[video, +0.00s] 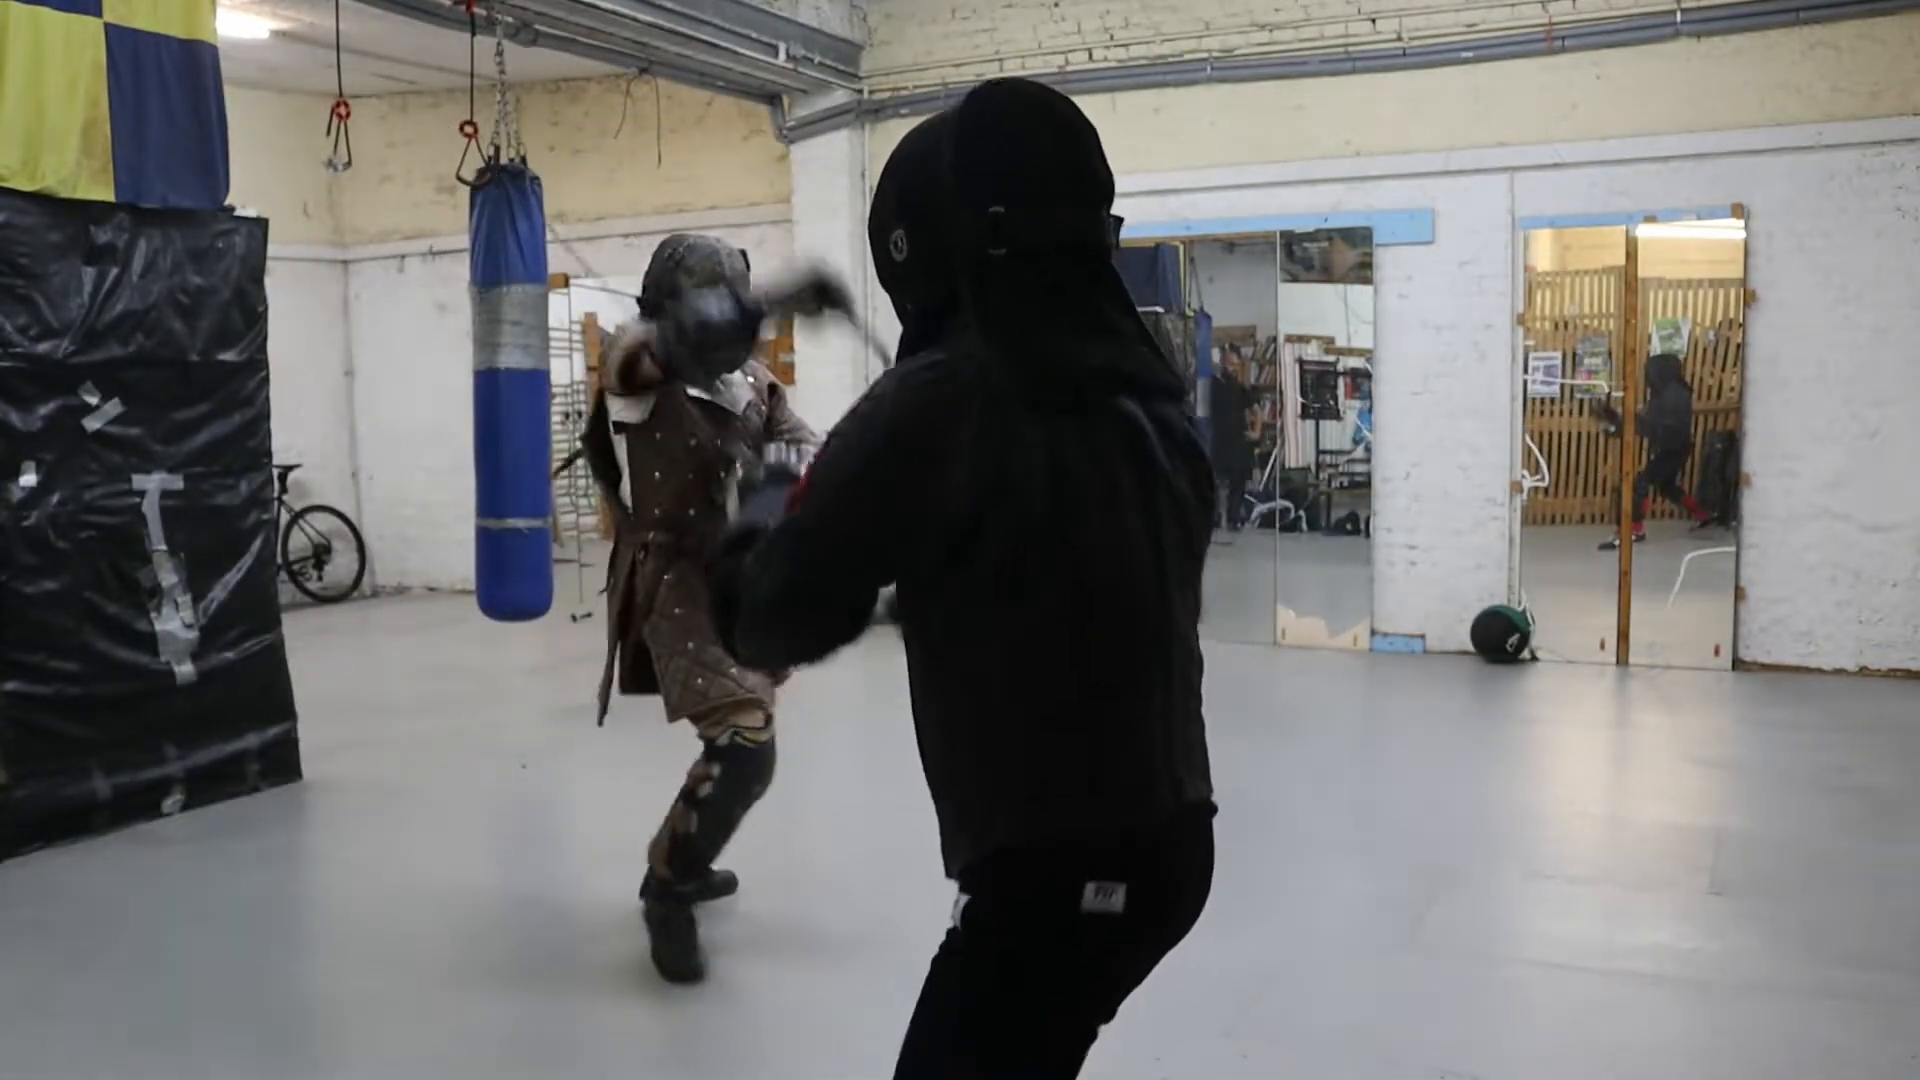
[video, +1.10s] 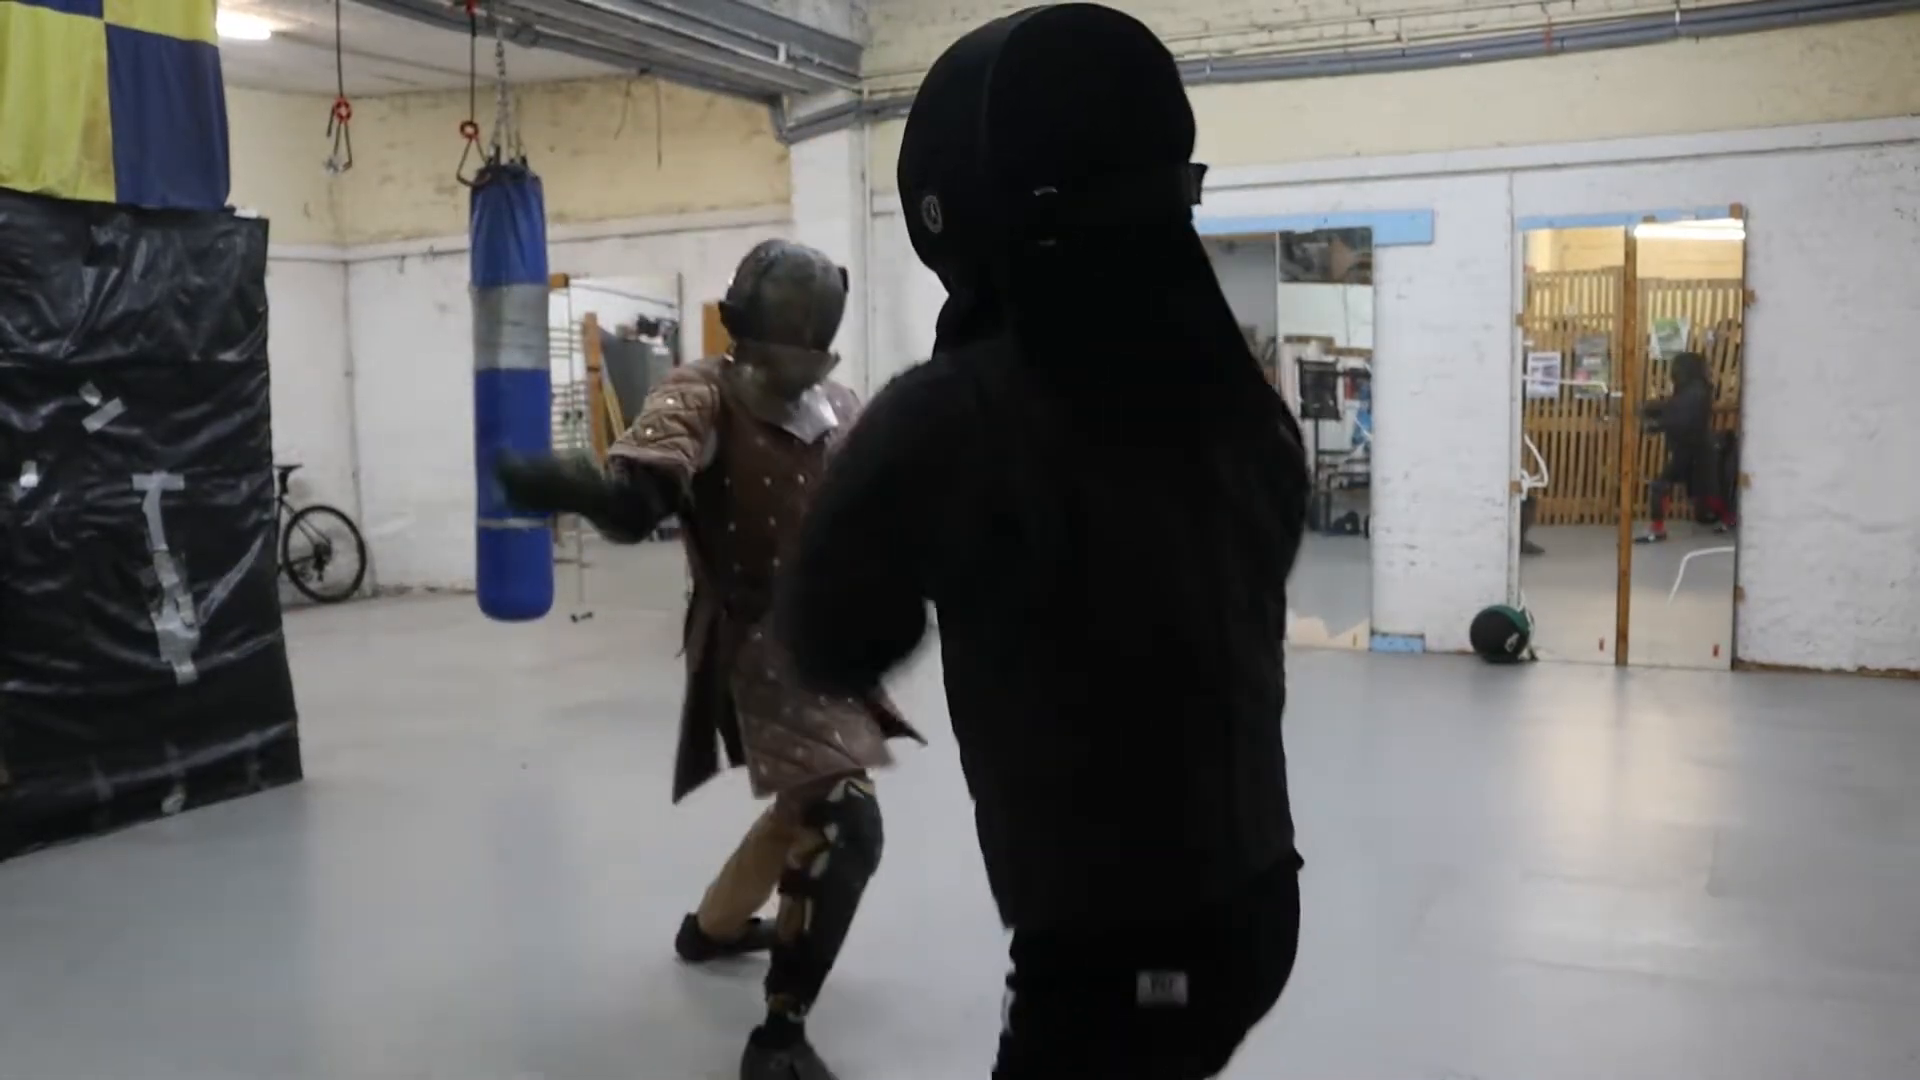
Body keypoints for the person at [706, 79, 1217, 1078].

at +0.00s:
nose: (894, 275)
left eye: (901, 244)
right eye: (890, 246)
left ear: (949, 239)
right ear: (1077, 230)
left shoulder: (937, 400)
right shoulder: (1147, 387)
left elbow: (779, 617)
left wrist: (760, 505)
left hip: (1043, 866)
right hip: (1161, 845)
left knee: (945, 1066)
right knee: (1013, 1057)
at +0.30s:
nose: (890, 261)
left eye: (899, 232)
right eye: (890, 233)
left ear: (934, 234)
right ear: (1113, 218)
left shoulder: (898, 412)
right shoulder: (1198, 377)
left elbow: (735, 565)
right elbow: (1230, 336)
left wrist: (711, 454)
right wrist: (1123, 261)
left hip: (1011, 938)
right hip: (1188, 915)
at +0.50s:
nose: (872, 244)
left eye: (887, 216)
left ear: (917, 236)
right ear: (1114, 215)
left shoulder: (886, 424)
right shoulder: (1191, 366)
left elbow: (698, 548)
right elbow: (1256, 213)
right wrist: (1129, 70)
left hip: (1032, 949)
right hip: (1219, 924)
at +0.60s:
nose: (882, 261)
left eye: (893, 232)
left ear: (925, 239)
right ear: (1115, 221)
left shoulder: (885, 429)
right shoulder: (1203, 380)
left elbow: (688, 564)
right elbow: (1287, 285)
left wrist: (821, 646)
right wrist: (1153, 150)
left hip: (1034, 940)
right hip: (1217, 916)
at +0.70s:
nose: (900, 264)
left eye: (908, 233)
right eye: (901, 234)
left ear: (941, 235)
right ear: (1121, 221)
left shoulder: (914, 422)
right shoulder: (1207, 399)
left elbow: (730, 624)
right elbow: (1284, 435)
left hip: (1043, 924)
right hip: (1217, 900)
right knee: (1091, 1056)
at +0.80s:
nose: (909, 255)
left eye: (917, 223)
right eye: (907, 225)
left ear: (959, 222)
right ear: (1117, 213)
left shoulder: (925, 408)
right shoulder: (1200, 399)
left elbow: (820, 679)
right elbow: (1254, 580)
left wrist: (752, 560)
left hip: (1065, 891)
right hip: (1226, 864)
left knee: (998, 1065)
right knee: (1076, 1055)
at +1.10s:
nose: (926, 231)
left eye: (933, 202)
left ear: (966, 207)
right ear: (1172, 187)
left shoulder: (945, 417)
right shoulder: (1244, 405)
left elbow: (829, 638)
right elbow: (1251, 587)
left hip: (1088, 930)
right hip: (1253, 904)